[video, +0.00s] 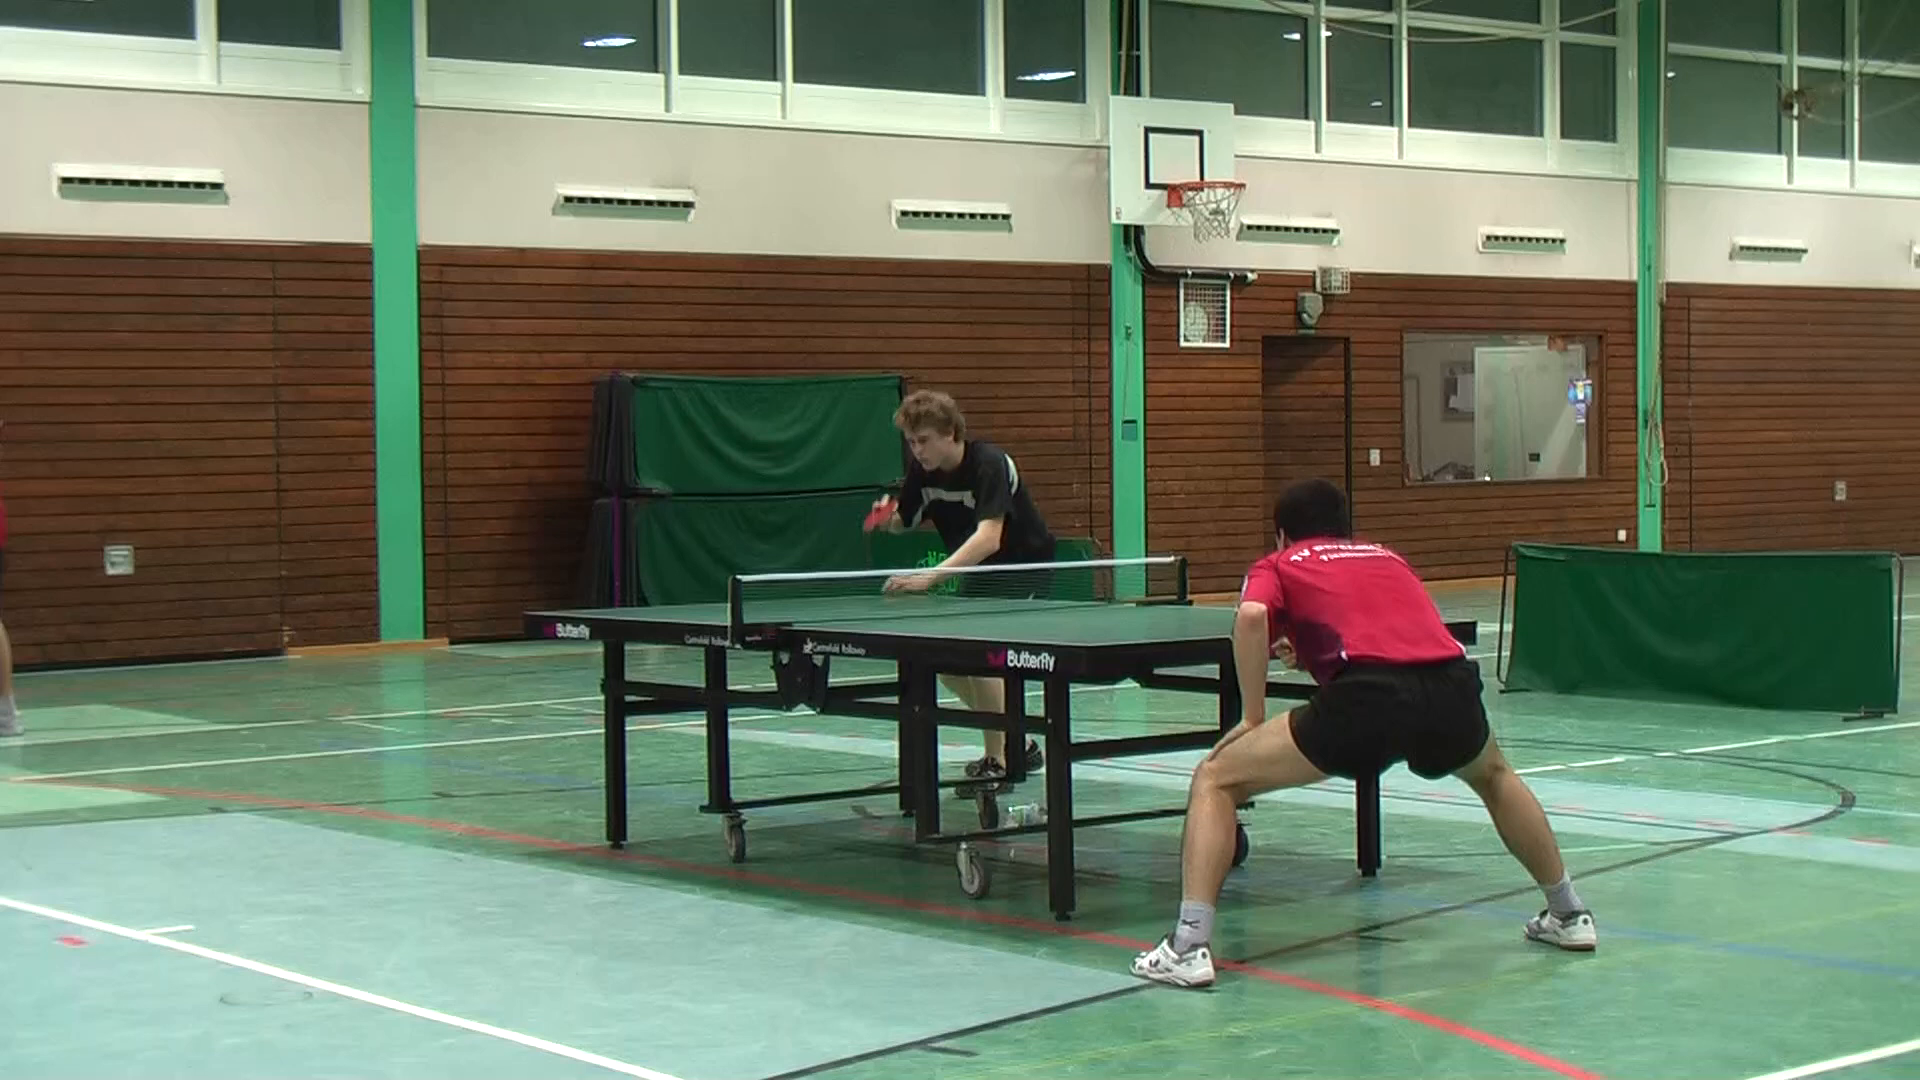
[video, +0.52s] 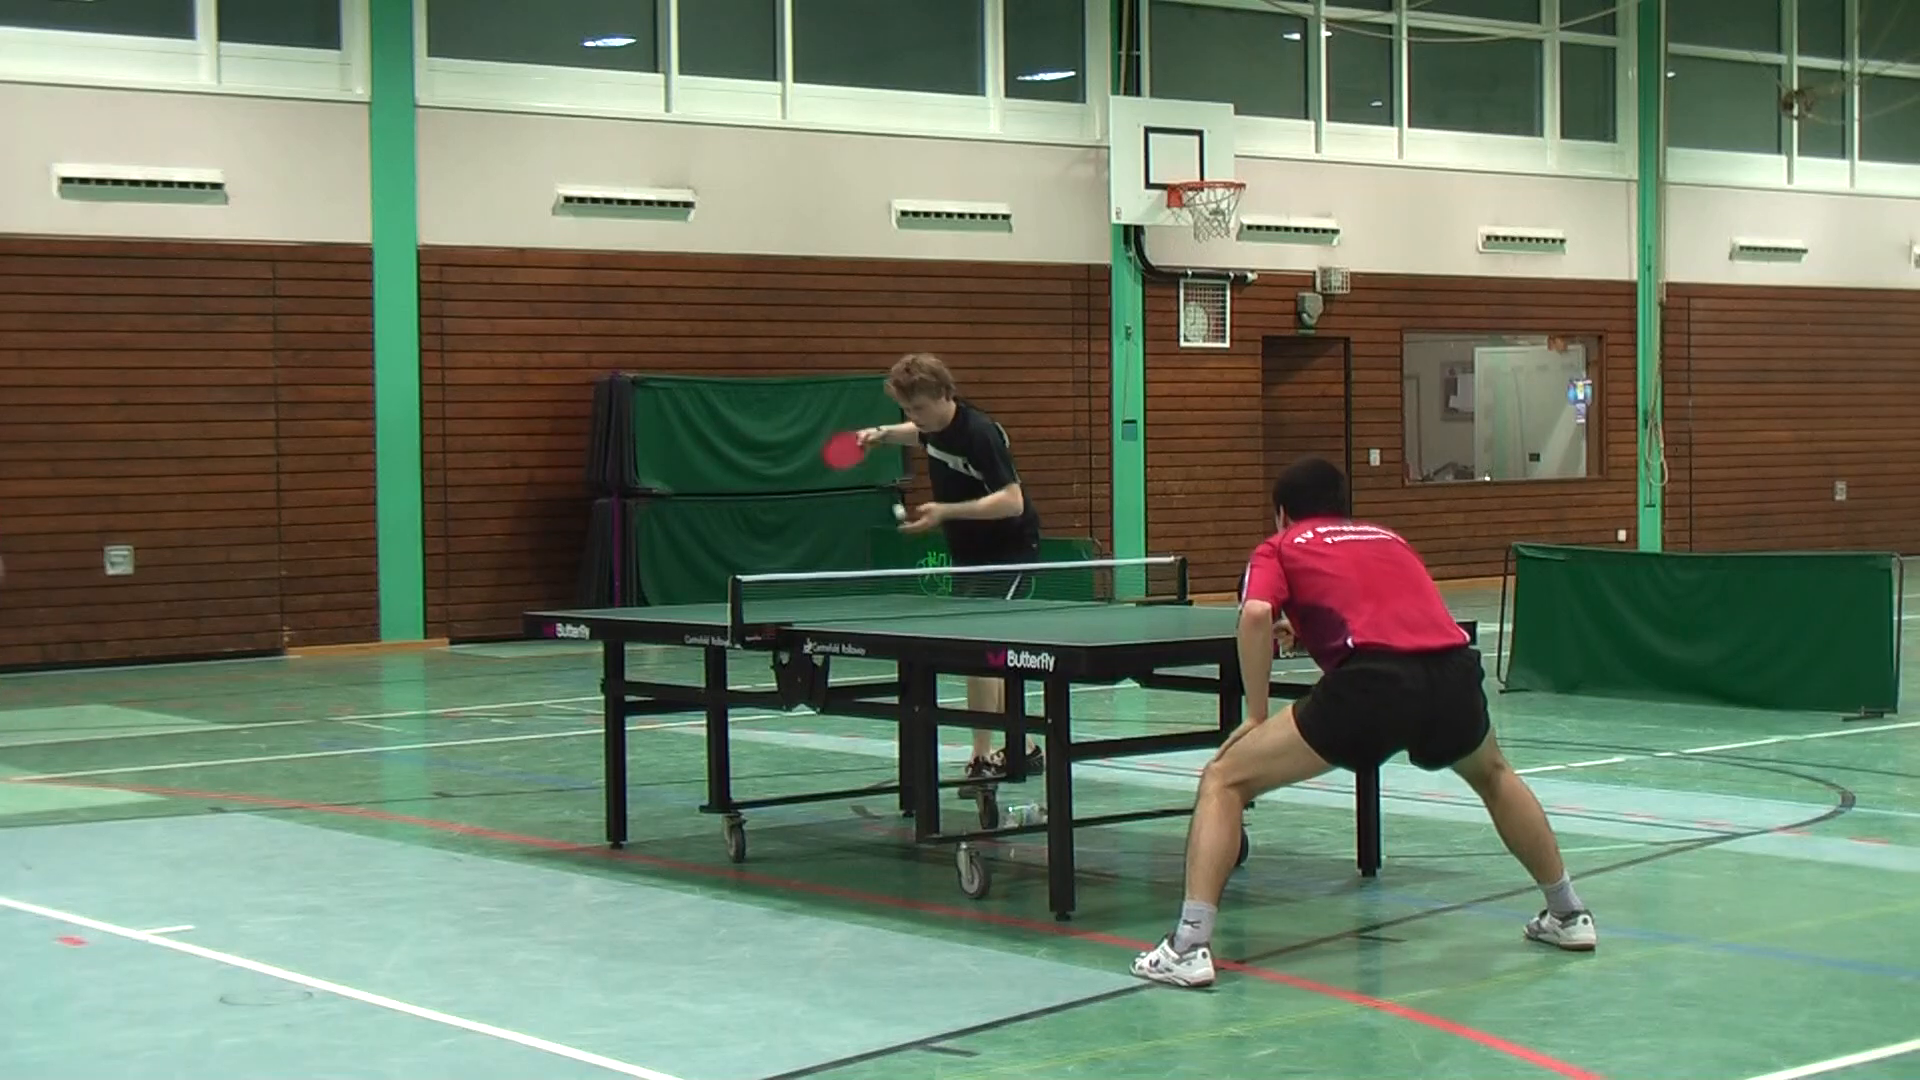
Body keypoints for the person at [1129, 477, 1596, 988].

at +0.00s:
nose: (1272, 543)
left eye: (1273, 536)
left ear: (1282, 533)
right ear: (1346, 529)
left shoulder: (1276, 564)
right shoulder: (1384, 556)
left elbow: (1252, 616)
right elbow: (1410, 626)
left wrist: (1251, 717)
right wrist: (1324, 650)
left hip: (1365, 703)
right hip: (1452, 699)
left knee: (1214, 780)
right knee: (1495, 776)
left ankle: (1188, 945)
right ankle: (1569, 911)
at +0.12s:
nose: (1272, 540)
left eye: (1272, 533)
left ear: (1281, 532)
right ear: (1346, 527)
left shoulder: (1276, 561)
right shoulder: (1383, 553)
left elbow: (1252, 617)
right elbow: (1398, 621)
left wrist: (1251, 717)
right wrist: (1314, 646)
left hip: (1367, 701)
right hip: (1452, 697)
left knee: (1214, 780)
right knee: (1494, 776)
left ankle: (1188, 945)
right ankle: (1569, 911)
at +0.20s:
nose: (1273, 537)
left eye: (1273, 530)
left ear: (1281, 529)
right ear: (1345, 524)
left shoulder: (1276, 559)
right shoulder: (1383, 550)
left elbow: (1252, 617)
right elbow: (1395, 619)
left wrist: (1252, 716)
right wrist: (1312, 643)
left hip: (1367, 699)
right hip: (1452, 695)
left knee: (1217, 779)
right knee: (1494, 776)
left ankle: (1188, 946)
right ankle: (1569, 911)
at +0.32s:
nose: (1274, 531)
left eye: (1273, 525)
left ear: (1281, 524)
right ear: (1345, 518)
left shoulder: (1276, 554)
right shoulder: (1384, 545)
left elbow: (1253, 617)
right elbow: (1393, 611)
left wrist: (1255, 714)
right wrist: (1310, 636)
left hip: (1369, 695)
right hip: (1453, 691)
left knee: (1219, 778)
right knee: (1493, 776)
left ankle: (1189, 945)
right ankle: (1569, 911)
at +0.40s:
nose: (1274, 529)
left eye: (1273, 523)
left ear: (1282, 522)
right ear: (1344, 515)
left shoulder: (1278, 551)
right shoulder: (1383, 542)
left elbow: (1254, 616)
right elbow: (1389, 606)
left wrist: (1256, 715)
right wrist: (1308, 632)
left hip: (1369, 692)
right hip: (1453, 688)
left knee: (1221, 778)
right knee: (1493, 776)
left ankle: (1188, 945)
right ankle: (1570, 912)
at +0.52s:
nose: (1273, 524)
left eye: (1273, 517)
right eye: (1275, 518)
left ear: (1283, 516)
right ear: (1344, 510)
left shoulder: (1279, 547)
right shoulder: (1386, 537)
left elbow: (1256, 615)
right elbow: (1394, 602)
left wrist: (1257, 715)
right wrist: (1311, 628)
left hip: (1370, 687)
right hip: (1454, 685)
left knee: (1224, 777)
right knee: (1494, 775)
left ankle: (1189, 945)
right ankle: (1569, 912)